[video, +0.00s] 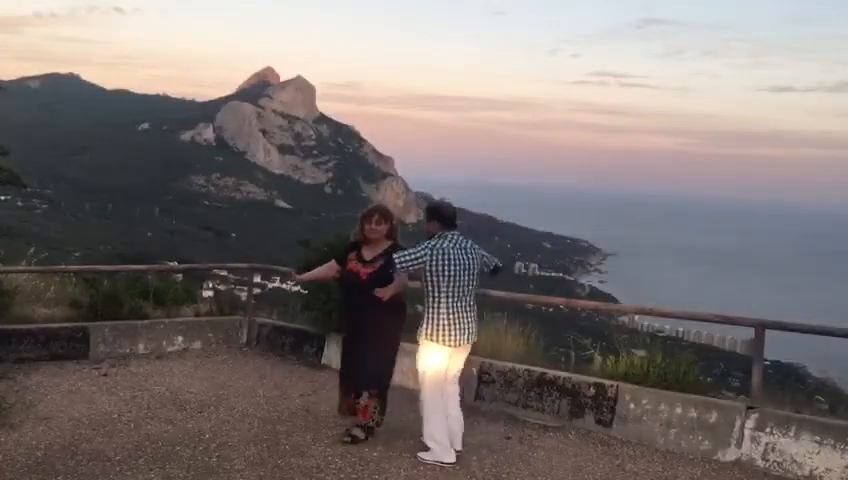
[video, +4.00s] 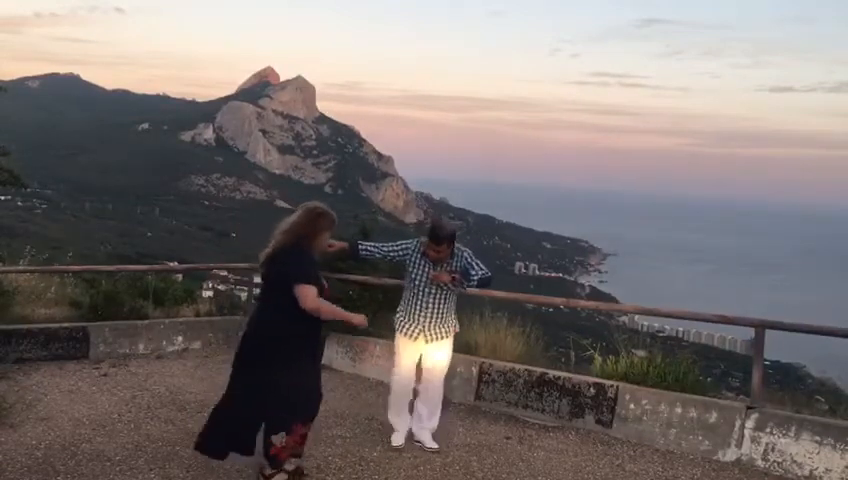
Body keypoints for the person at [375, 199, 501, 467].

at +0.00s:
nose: (427, 227)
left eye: (428, 222)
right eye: (428, 222)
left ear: (435, 223)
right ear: (452, 222)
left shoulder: (432, 247)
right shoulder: (472, 247)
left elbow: (395, 260)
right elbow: (496, 267)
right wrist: (480, 263)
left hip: (437, 332)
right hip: (466, 331)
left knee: (431, 390)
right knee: (450, 385)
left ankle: (440, 450)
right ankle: (454, 441)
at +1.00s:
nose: (390, 225)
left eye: (394, 219)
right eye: (390, 219)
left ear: (407, 221)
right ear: (404, 221)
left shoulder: (423, 244)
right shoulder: (401, 246)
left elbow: (413, 264)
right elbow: (382, 252)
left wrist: (389, 256)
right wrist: (374, 247)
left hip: (414, 327)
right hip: (394, 325)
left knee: (400, 382)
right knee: (383, 376)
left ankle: (404, 436)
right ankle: (408, 420)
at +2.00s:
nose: (405, 222)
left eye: (410, 218)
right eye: (404, 217)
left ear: (425, 221)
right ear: (405, 219)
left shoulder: (440, 246)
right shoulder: (396, 246)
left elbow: (462, 261)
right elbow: (368, 254)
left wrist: (433, 262)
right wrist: (334, 255)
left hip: (428, 331)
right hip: (397, 329)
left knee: (422, 384)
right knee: (390, 379)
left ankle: (418, 433)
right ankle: (393, 425)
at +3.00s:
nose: (418, 239)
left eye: (423, 234)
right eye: (416, 234)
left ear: (438, 230)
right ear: (413, 230)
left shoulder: (454, 244)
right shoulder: (409, 248)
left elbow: (476, 256)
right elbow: (381, 257)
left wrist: (444, 259)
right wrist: (345, 259)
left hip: (448, 327)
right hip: (416, 327)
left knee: (446, 381)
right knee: (408, 377)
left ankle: (441, 428)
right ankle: (408, 425)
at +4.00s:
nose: (434, 255)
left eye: (439, 252)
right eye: (431, 250)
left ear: (451, 247)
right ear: (426, 241)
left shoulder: (462, 256)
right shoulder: (414, 248)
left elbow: (484, 277)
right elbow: (381, 250)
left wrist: (454, 279)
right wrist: (346, 247)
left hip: (441, 331)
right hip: (409, 327)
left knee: (433, 384)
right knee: (402, 380)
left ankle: (424, 431)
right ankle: (399, 429)